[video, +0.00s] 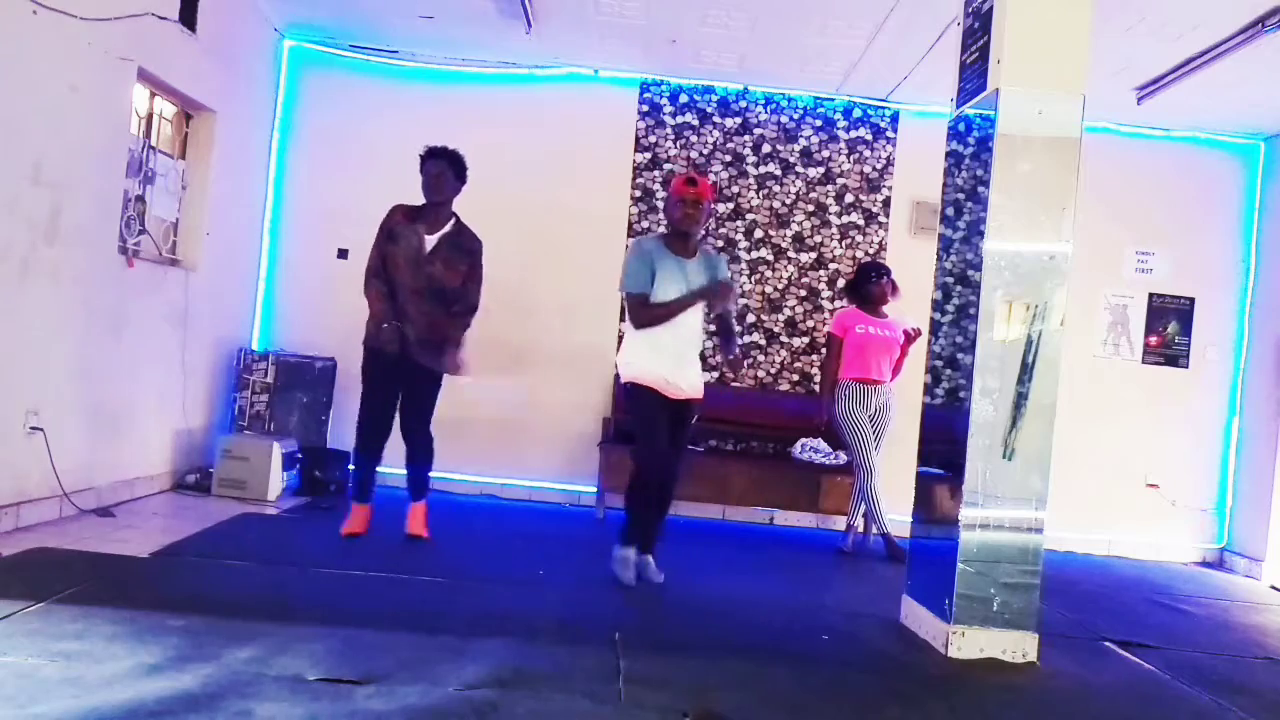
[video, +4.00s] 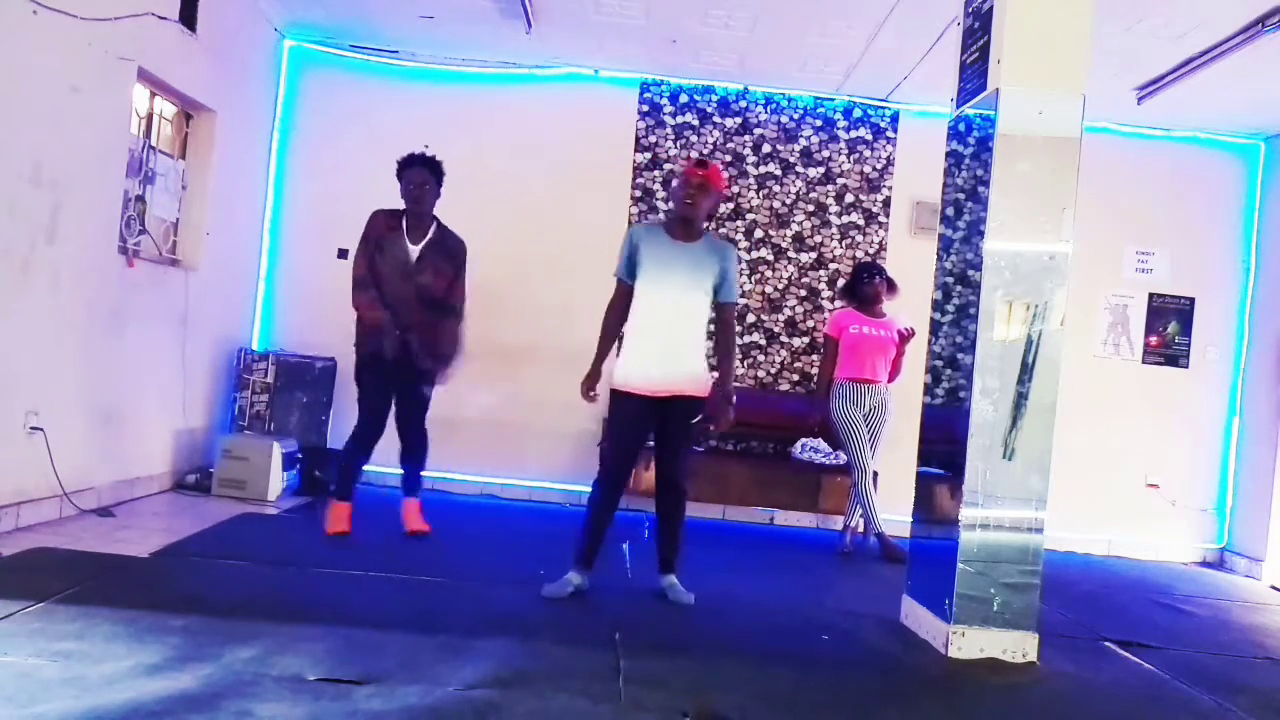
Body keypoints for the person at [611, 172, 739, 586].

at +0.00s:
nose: (689, 211)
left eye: (697, 205)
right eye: (682, 203)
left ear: (708, 213)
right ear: (667, 207)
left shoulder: (714, 263)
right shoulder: (644, 251)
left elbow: (723, 317)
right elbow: (640, 317)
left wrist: (729, 342)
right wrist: (702, 296)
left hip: (687, 378)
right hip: (643, 373)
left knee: (669, 466)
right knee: (653, 460)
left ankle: (646, 550)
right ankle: (628, 544)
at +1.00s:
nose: (688, 205)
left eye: (696, 199)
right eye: (682, 198)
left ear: (711, 209)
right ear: (670, 206)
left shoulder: (727, 256)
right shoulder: (650, 256)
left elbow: (737, 316)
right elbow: (618, 312)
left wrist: (690, 285)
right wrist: (599, 365)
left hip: (699, 382)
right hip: (652, 381)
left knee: (692, 467)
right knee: (657, 469)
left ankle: (687, 560)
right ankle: (664, 554)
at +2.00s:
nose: (690, 193)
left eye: (698, 187)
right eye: (683, 185)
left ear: (710, 198)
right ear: (668, 191)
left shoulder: (722, 257)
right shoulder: (639, 239)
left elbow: (728, 327)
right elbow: (604, 301)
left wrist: (738, 389)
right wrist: (635, 284)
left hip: (687, 385)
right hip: (634, 381)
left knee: (675, 480)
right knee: (624, 475)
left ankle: (652, 574)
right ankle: (611, 564)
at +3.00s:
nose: (644, 187)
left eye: (653, 180)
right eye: (638, 179)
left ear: (669, 188)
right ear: (627, 187)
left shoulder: (692, 241)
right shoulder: (608, 245)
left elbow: (700, 314)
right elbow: (601, 315)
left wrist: (687, 376)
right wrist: (594, 379)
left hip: (665, 388)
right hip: (613, 385)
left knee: (676, 486)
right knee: (601, 480)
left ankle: (690, 578)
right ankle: (578, 571)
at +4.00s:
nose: (688, 195)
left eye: (698, 190)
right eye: (684, 187)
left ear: (715, 203)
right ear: (673, 191)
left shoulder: (723, 255)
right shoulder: (640, 237)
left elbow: (726, 325)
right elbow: (619, 304)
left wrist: (725, 389)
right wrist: (596, 365)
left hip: (685, 388)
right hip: (632, 382)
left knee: (673, 484)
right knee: (610, 477)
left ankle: (668, 574)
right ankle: (580, 570)